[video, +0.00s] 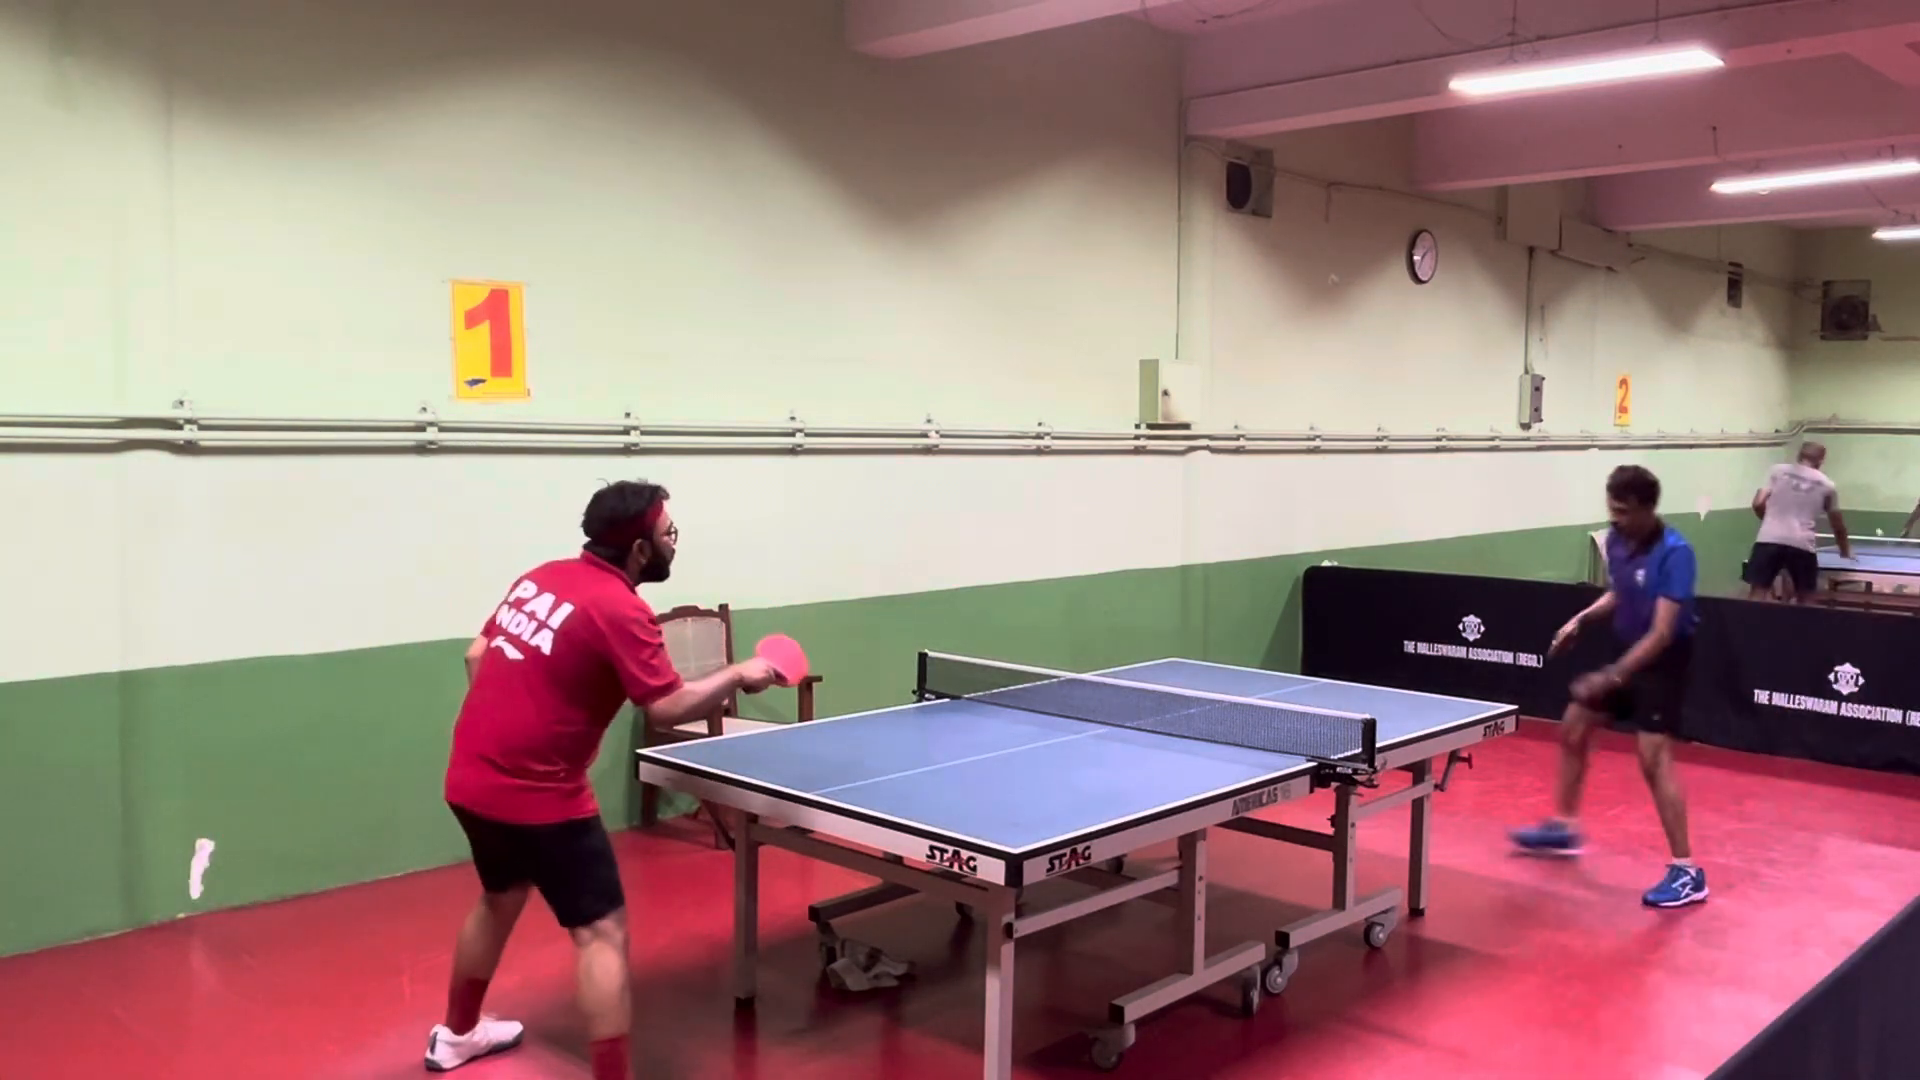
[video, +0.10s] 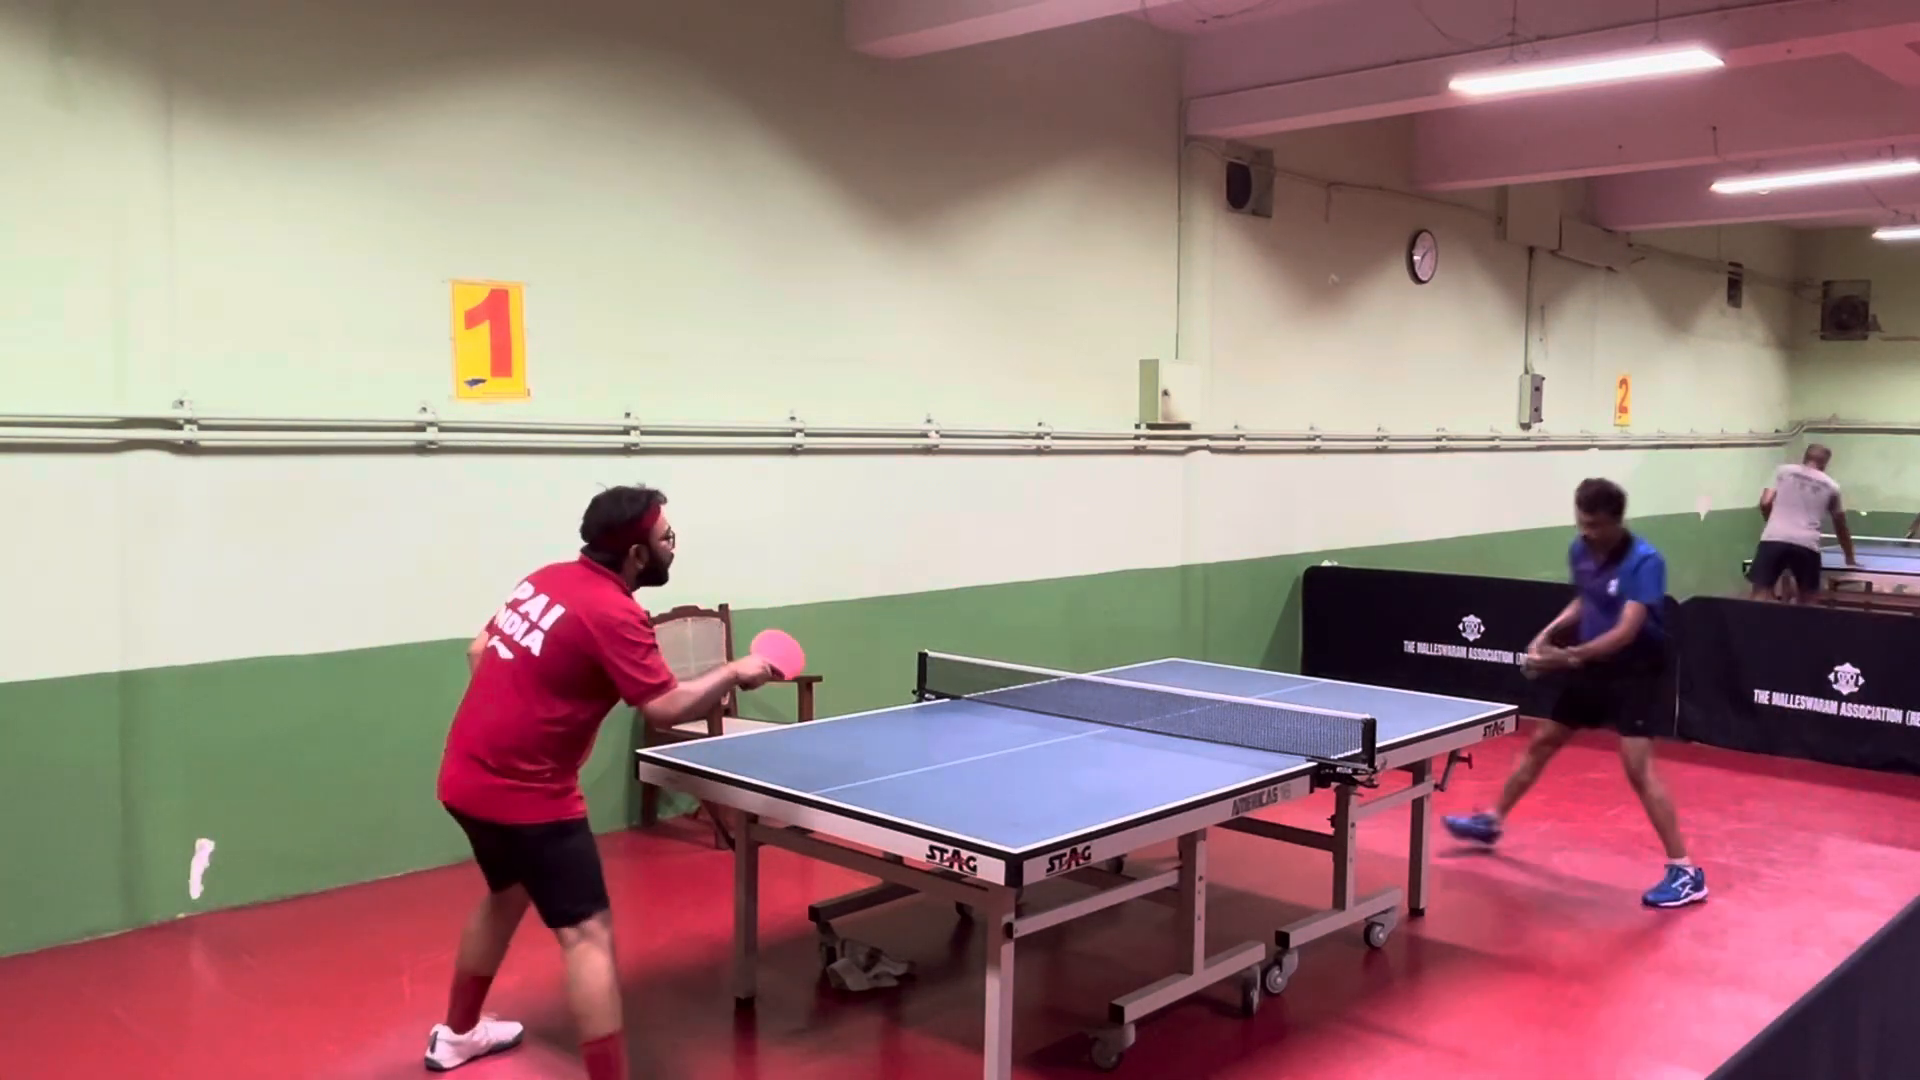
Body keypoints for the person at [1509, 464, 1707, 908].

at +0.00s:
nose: (1614, 519)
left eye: (1621, 512)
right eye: (1611, 510)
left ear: (1648, 509)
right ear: (1613, 507)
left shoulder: (1675, 553)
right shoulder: (1617, 542)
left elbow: (1663, 632)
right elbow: (1621, 594)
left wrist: (1611, 675)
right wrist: (1578, 621)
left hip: (1666, 655)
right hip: (1625, 649)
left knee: (1653, 757)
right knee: (1574, 727)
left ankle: (1686, 869)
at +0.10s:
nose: (1585, 533)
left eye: (1593, 525)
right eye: (1581, 524)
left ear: (1617, 522)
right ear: (1578, 519)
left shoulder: (1645, 562)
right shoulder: (1581, 550)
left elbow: (1627, 630)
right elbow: (1586, 600)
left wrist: (1571, 656)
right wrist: (1546, 636)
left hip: (1639, 667)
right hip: (1593, 660)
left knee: (1638, 766)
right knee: (1544, 741)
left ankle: (1684, 869)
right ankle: (1492, 821)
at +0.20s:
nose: (1555, 550)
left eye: (1563, 542)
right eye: (1551, 541)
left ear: (1586, 535)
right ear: (1546, 535)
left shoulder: (1614, 568)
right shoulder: (1545, 563)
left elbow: (1599, 633)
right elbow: (1542, 613)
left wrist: (1545, 649)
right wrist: (1513, 651)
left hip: (1609, 670)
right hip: (1559, 666)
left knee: (1622, 769)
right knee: (1496, 733)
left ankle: (1678, 869)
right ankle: (1474, 825)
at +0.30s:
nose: (1528, 555)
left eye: (1536, 548)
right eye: (1525, 547)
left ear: (1559, 539)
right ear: (1520, 540)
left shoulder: (1593, 566)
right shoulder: (1520, 560)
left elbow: (1579, 636)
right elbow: (1514, 610)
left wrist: (1532, 653)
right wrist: (1481, 651)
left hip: (1588, 665)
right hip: (1538, 662)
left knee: (1617, 760)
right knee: (1481, 725)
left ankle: (1659, 861)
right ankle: (1472, 825)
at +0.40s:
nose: (1520, 556)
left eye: (1527, 549)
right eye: (1515, 548)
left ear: (1548, 537)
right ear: (1510, 541)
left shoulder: (1582, 562)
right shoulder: (1507, 555)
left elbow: (1571, 635)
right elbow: (1495, 602)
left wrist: (1531, 661)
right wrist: (1461, 640)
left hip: (1582, 657)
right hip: (1531, 654)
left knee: (1610, 750)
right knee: (1482, 730)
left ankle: (1640, 853)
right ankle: (1472, 824)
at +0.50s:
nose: (1518, 557)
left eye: (1526, 551)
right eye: (1513, 550)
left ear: (1546, 539)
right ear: (1507, 542)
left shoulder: (1580, 564)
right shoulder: (1504, 554)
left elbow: (1570, 634)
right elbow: (1480, 598)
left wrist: (1532, 669)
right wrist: (1448, 632)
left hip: (1578, 656)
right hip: (1525, 652)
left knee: (1610, 751)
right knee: (1481, 731)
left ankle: (1640, 853)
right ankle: (1473, 824)